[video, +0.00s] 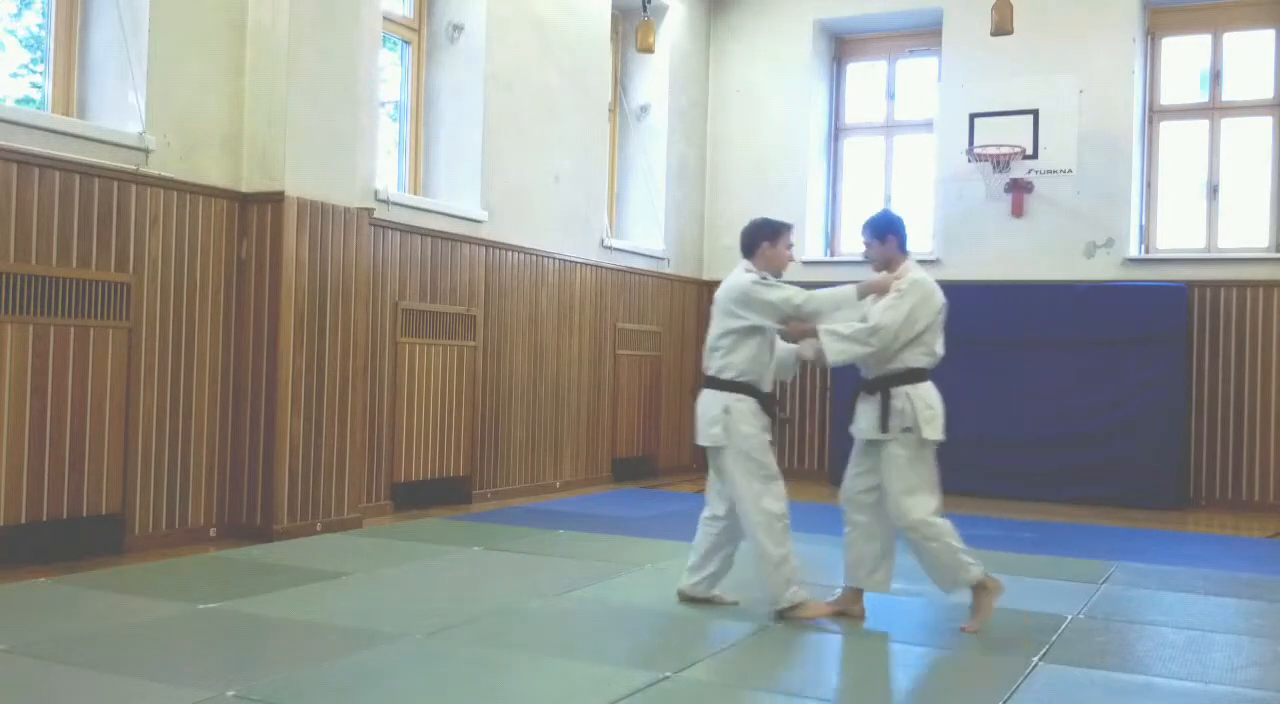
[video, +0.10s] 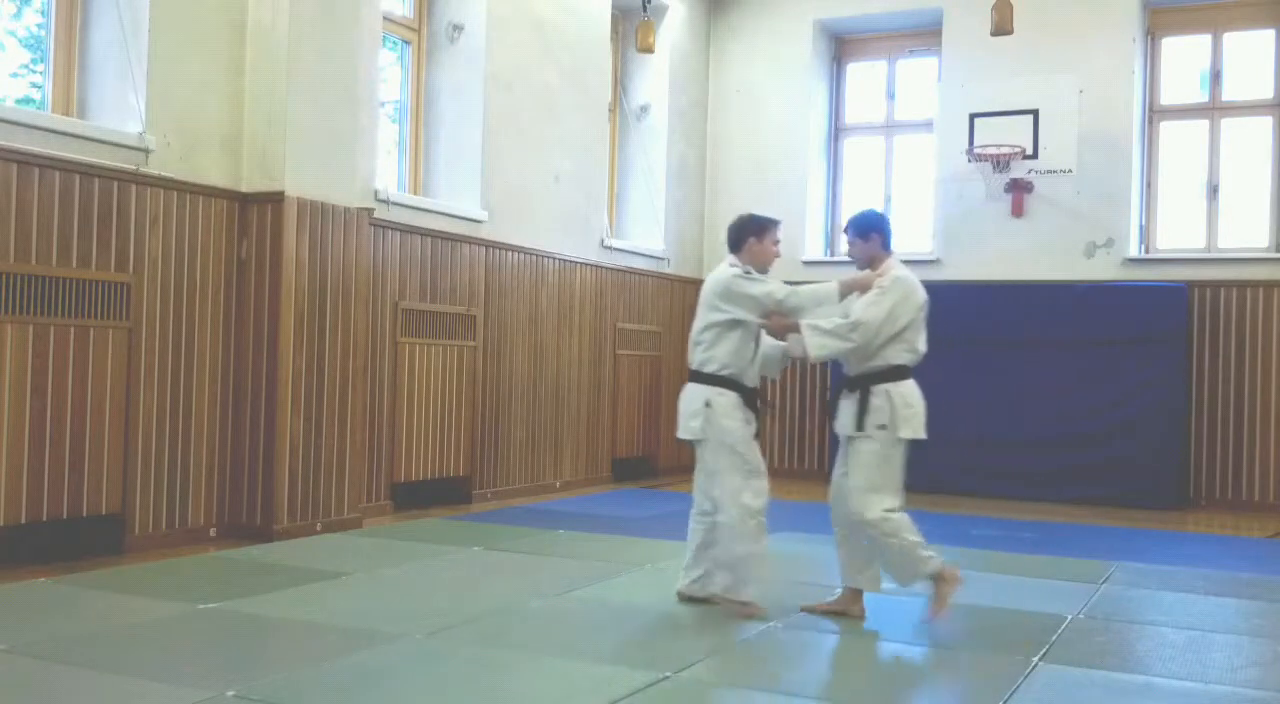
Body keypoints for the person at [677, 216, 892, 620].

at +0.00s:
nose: (792, 256)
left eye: (791, 248)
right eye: (787, 247)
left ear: (763, 250)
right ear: (764, 248)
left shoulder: (748, 286)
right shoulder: (744, 285)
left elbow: (764, 355)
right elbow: (801, 304)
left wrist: (807, 346)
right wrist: (865, 289)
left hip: (731, 404)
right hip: (733, 407)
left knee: (724, 503)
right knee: (766, 501)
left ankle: (697, 585)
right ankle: (789, 599)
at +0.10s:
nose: (778, 252)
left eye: (778, 244)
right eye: (773, 243)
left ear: (748, 244)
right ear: (750, 243)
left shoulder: (740, 283)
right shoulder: (727, 279)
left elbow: (752, 356)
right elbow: (781, 299)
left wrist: (796, 343)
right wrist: (844, 287)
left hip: (724, 401)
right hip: (717, 401)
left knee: (711, 495)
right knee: (748, 489)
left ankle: (697, 582)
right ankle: (733, 589)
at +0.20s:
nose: (769, 249)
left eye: (768, 241)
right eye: (763, 241)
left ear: (738, 243)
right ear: (740, 242)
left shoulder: (730, 280)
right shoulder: (719, 277)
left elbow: (743, 351)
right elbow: (774, 298)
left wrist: (790, 340)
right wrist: (836, 285)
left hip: (713, 399)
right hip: (707, 399)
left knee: (705, 493)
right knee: (733, 490)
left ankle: (698, 585)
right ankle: (691, 578)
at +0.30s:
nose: (754, 249)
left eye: (753, 242)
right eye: (749, 241)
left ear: (727, 244)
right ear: (726, 243)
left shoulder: (718, 283)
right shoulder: (704, 280)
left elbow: (724, 353)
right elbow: (765, 304)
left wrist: (770, 342)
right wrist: (824, 285)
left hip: (704, 401)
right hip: (684, 401)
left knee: (712, 498)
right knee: (694, 499)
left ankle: (695, 583)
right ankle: (654, 583)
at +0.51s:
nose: (740, 256)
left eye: (739, 247)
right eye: (735, 247)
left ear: (710, 249)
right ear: (714, 248)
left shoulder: (688, 282)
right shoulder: (692, 285)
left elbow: (696, 348)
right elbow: (746, 324)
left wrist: (735, 349)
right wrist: (795, 297)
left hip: (668, 401)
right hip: (658, 403)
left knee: (684, 490)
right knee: (670, 494)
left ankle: (669, 580)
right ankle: (647, 594)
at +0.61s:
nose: (726, 253)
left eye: (726, 245)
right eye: (722, 245)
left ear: (689, 245)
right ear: (701, 245)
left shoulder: (656, 279)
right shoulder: (690, 284)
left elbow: (707, 342)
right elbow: (737, 325)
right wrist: (779, 293)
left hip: (632, 398)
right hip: (666, 403)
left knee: (632, 494)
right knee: (675, 497)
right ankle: (650, 592)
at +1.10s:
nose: (681, 267)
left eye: (679, 262)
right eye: (680, 261)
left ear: (640, 262)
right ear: (673, 262)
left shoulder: (616, 304)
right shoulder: (688, 292)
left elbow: (622, 353)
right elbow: (730, 308)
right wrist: (734, 272)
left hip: (640, 419)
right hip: (690, 418)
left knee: (612, 509)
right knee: (708, 510)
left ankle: (592, 595)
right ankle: (718, 593)